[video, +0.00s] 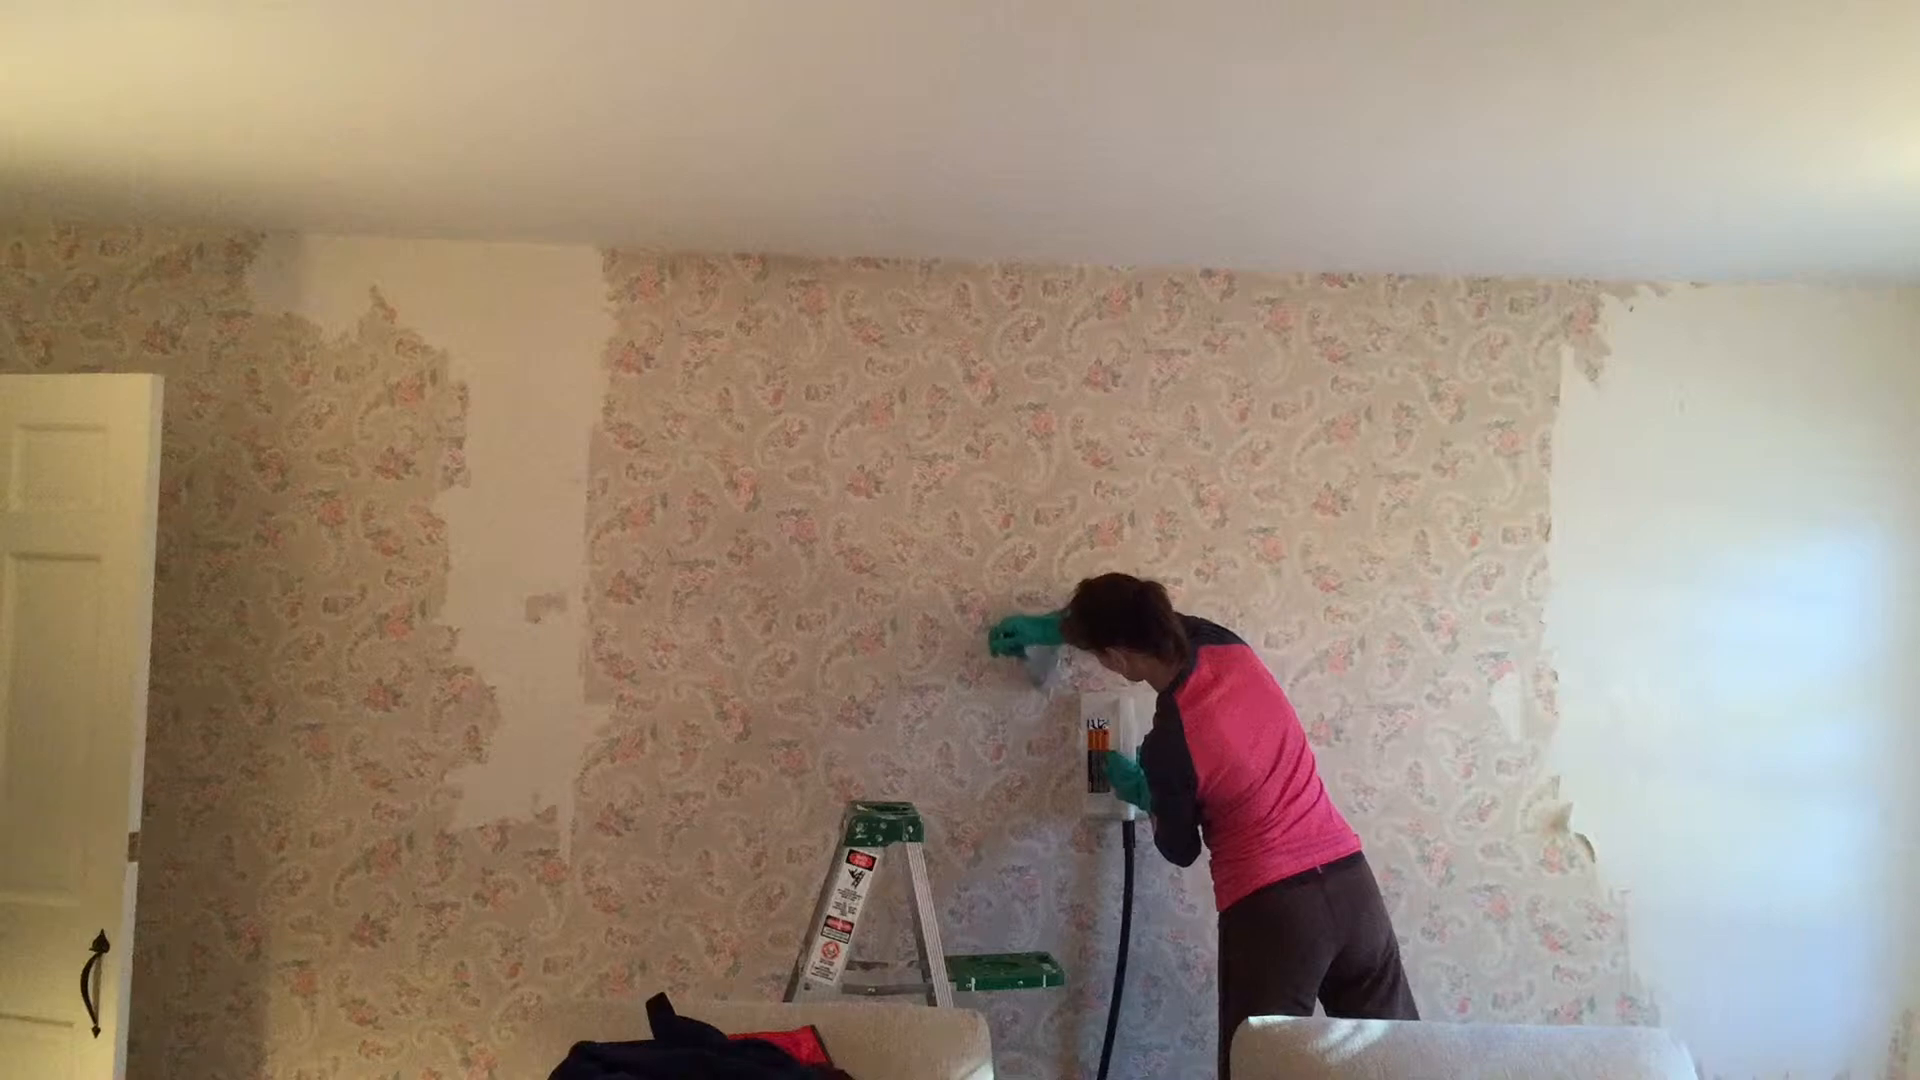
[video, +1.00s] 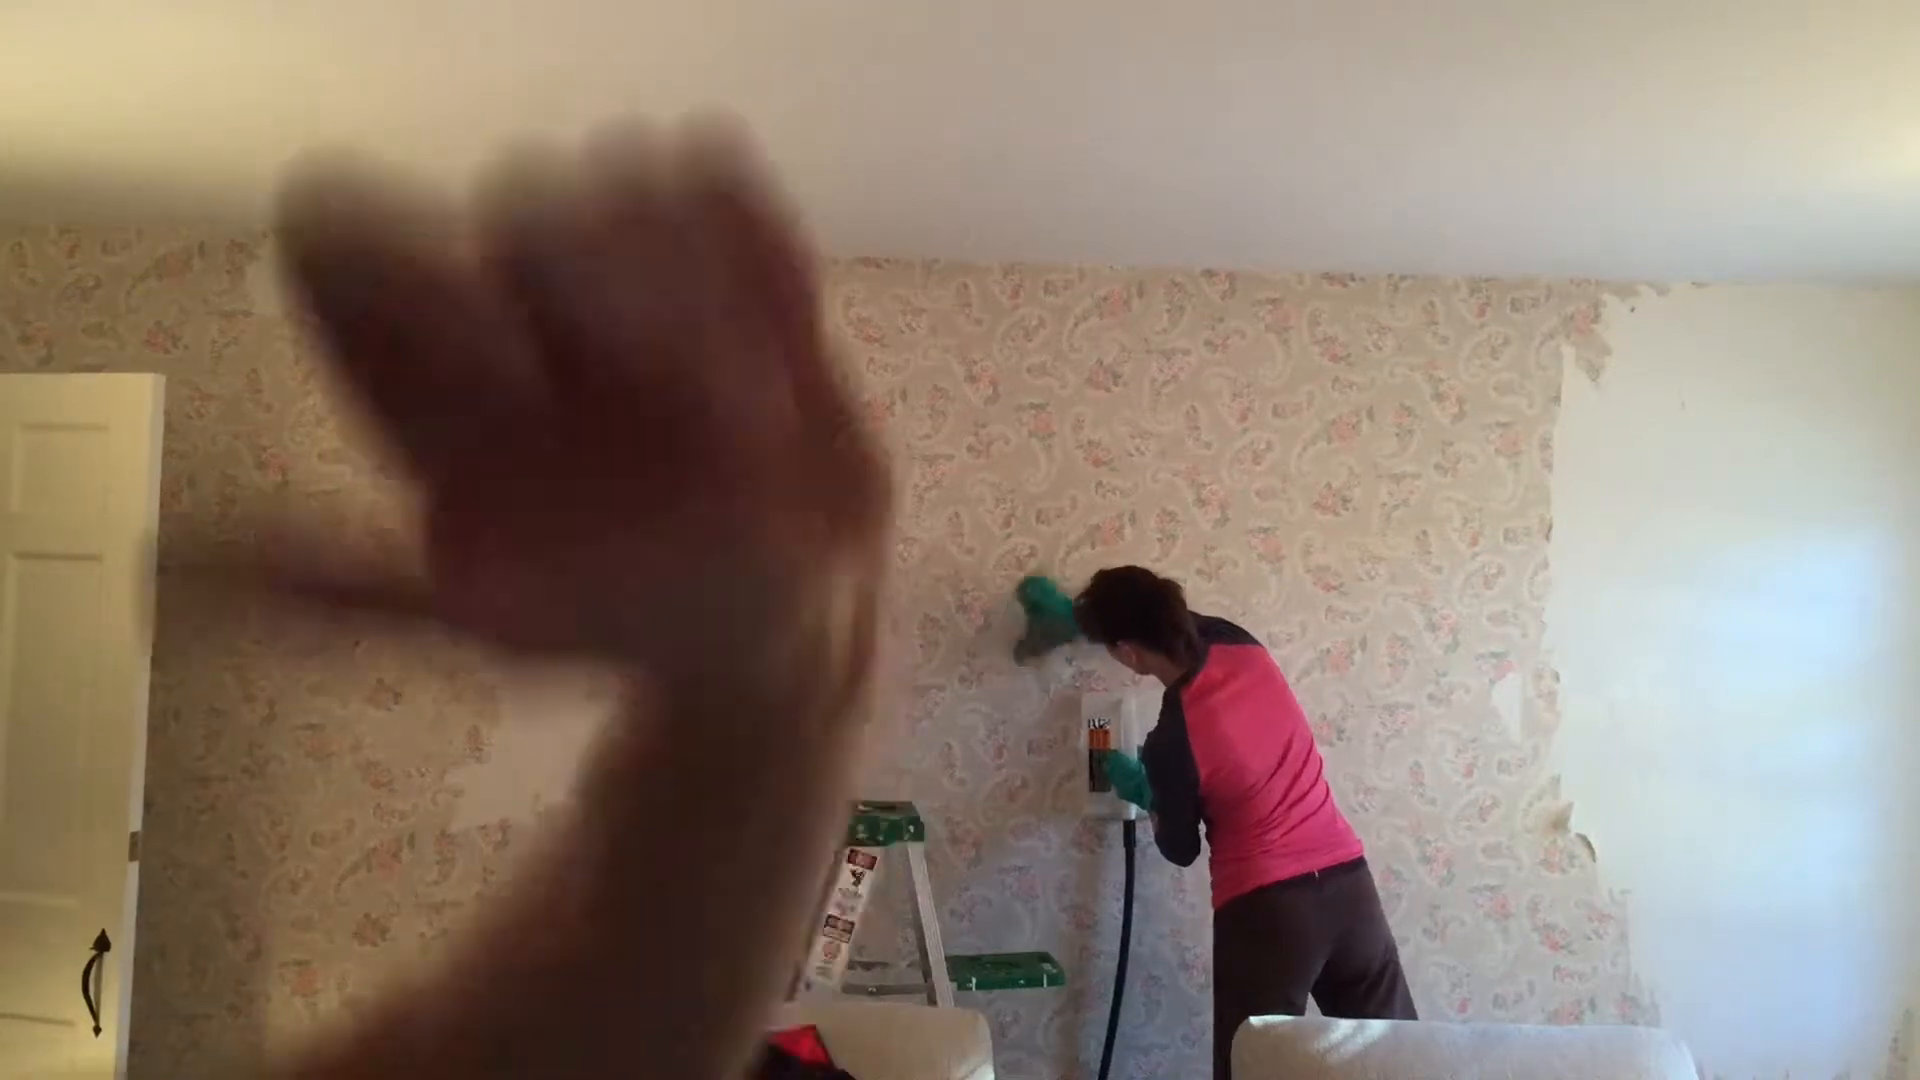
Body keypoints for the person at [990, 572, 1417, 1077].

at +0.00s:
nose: (1106, 666)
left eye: (1103, 653)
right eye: (1098, 655)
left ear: (1122, 651)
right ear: (1157, 615)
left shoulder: (1168, 738)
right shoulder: (1232, 648)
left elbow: (1180, 847)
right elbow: (1139, 616)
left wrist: (1139, 791)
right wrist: (1045, 628)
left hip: (1270, 916)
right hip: (1352, 889)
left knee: (1254, 1069)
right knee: (1401, 1059)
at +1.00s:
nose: (1119, 659)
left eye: (1114, 649)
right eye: (1113, 649)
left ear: (1129, 651)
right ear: (1178, 611)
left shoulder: (1171, 740)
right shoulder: (1241, 645)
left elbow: (1181, 848)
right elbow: (1164, 613)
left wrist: (1143, 791)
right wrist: (1074, 617)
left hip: (1266, 917)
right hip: (1350, 892)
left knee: (1250, 1073)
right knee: (1402, 1060)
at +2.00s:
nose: (1241, 608)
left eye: (1249, 594)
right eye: (1241, 594)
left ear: (1296, 599)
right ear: (1302, 597)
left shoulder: (1264, 691)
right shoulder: (1393, 685)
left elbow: (1180, 768)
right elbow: (1451, 804)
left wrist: (1129, 712)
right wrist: (1399, 735)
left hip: (1278, 920)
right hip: (1374, 922)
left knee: (1262, 1075)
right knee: (1385, 1074)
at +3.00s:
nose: (1277, 608)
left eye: (1279, 593)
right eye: (1277, 593)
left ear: (1302, 596)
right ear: (1354, 594)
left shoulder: (1276, 686)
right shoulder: (1416, 695)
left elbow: (1176, 758)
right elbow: (1445, 835)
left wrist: (1127, 709)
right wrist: (1390, 786)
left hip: (1279, 927)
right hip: (1378, 934)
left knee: (1260, 1075)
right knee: (1385, 1076)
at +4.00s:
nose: (1295, 602)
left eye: (1299, 589)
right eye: (1298, 588)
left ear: (1320, 600)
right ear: (1379, 602)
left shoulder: (1277, 685)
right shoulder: (1427, 705)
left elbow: (1175, 753)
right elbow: (1449, 852)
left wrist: (1124, 711)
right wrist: (1375, 831)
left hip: (1268, 932)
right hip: (1370, 940)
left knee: (1253, 1074)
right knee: (1379, 1076)